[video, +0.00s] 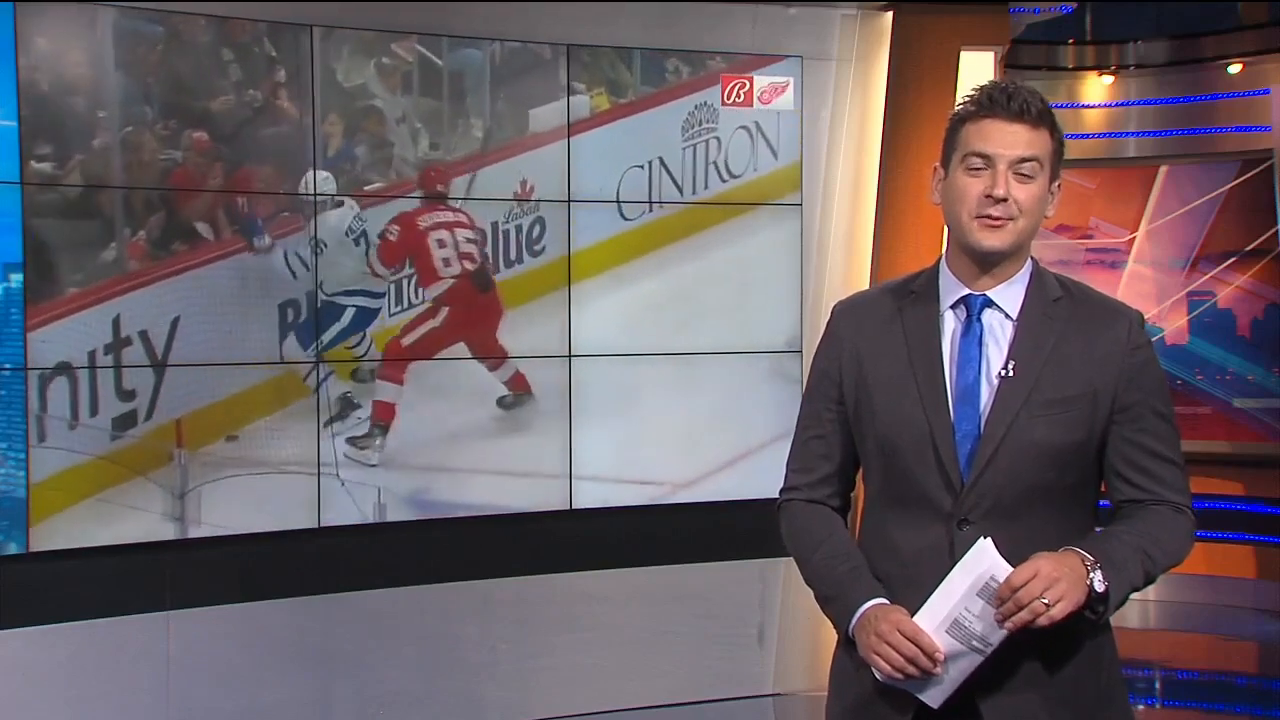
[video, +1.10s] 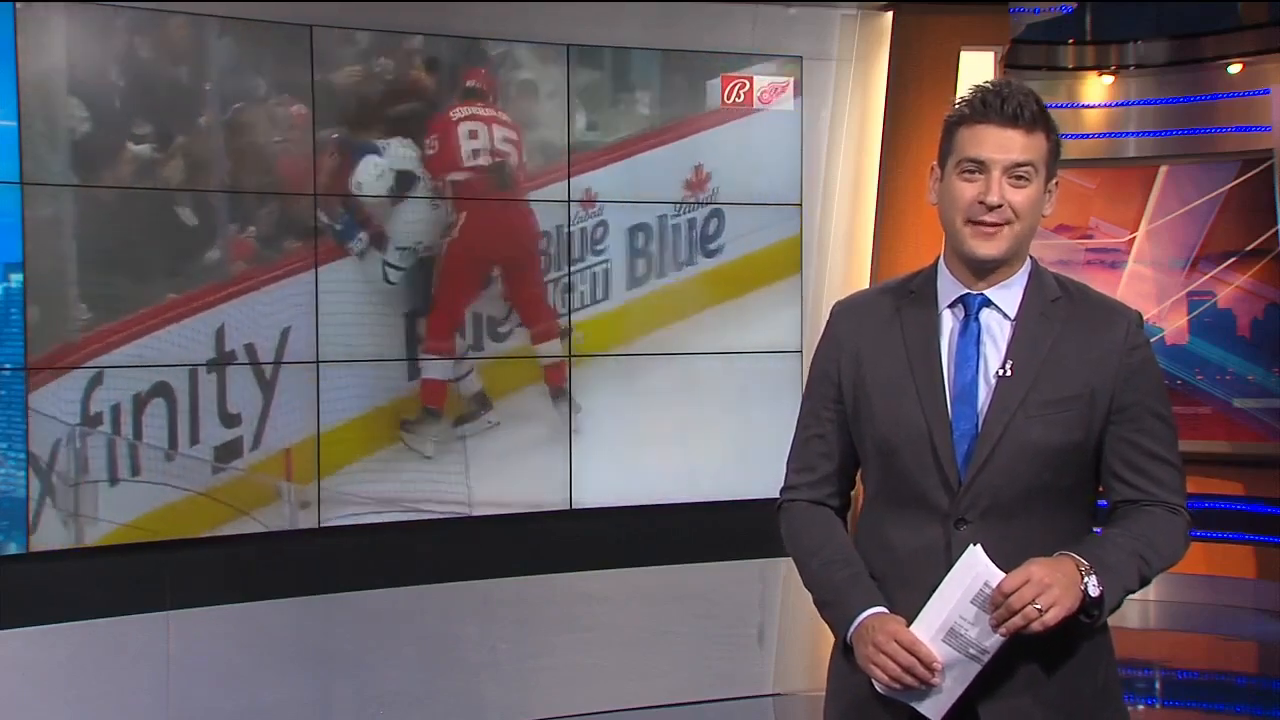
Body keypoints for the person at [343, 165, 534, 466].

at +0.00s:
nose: (426, 193)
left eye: (423, 188)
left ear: (420, 190)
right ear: (448, 190)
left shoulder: (407, 221)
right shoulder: (468, 218)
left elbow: (383, 266)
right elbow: (478, 254)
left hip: (450, 308)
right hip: (488, 303)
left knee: (395, 353)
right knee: (484, 346)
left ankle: (376, 434)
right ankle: (522, 391)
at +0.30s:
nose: (415, 166)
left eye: (407, 159)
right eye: (422, 160)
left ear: (398, 161)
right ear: (428, 161)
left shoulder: (384, 193)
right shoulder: (445, 195)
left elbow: (384, 251)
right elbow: (451, 244)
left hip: (414, 287)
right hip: (455, 283)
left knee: (368, 346)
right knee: (465, 336)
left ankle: (353, 427)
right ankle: (503, 392)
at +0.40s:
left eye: (402, 146)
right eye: (419, 148)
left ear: (394, 149)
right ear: (425, 149)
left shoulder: (380, 182)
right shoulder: (439, 184)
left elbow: (379, 231)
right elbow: (446, 232)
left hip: (403, 275)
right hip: (443, 272)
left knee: (366, 346)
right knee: (468, 338)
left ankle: (351, 426)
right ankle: (500, 396)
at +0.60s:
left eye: (408, 117)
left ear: (407, 120)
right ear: (438, 124)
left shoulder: (391, 150)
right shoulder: (453, 160)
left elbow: (379, 193)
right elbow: (451, 212)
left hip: (394, 247)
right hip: (436, 248)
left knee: (379, 327)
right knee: (460, 318)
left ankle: (354, 412)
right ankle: (490, 392)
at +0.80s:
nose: (463, 118)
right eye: (462, 112)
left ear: (428, 106)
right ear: (457, 112)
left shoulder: (400, 134)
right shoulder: (465, 143)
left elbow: (389, 176)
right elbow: (465, 190)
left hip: (410, 238)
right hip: (454, 239)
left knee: (390, 318)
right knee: (475, 313)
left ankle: (369, 404)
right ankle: (496, 392)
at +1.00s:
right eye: (473, 91)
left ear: (444, 92)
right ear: (474, 95)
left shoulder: (423, 122)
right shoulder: (488, 126)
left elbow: (417, 177)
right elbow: (498, 179)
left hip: (445, 229)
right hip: (490, 227)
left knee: (427, 312)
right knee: (507, 305)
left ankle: (408, 405)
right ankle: (536, 392)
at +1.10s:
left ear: (459, 91)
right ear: (491, 93)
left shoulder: (444, 120)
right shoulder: (510, 124)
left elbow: (437, 173)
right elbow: (518, 174)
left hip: (474, 223)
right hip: (519, 220)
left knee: (444, 312)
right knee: (532, 300)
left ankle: (432, 409)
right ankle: (561, 389)